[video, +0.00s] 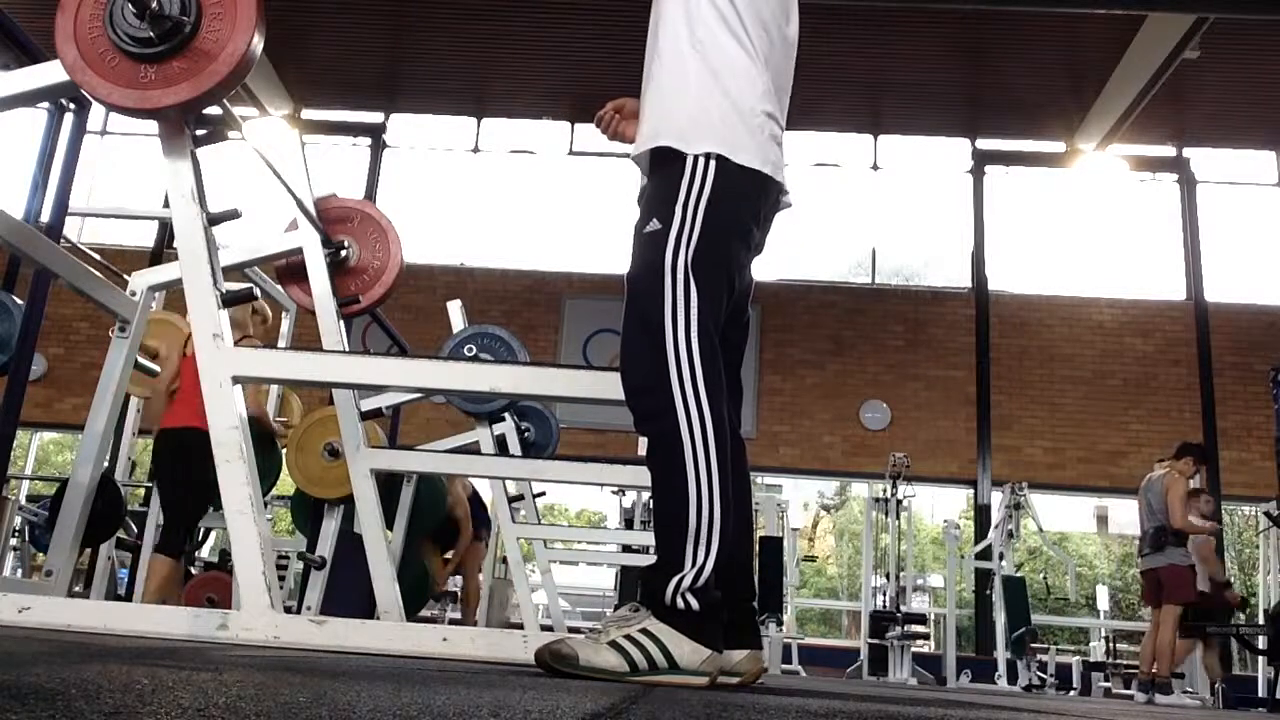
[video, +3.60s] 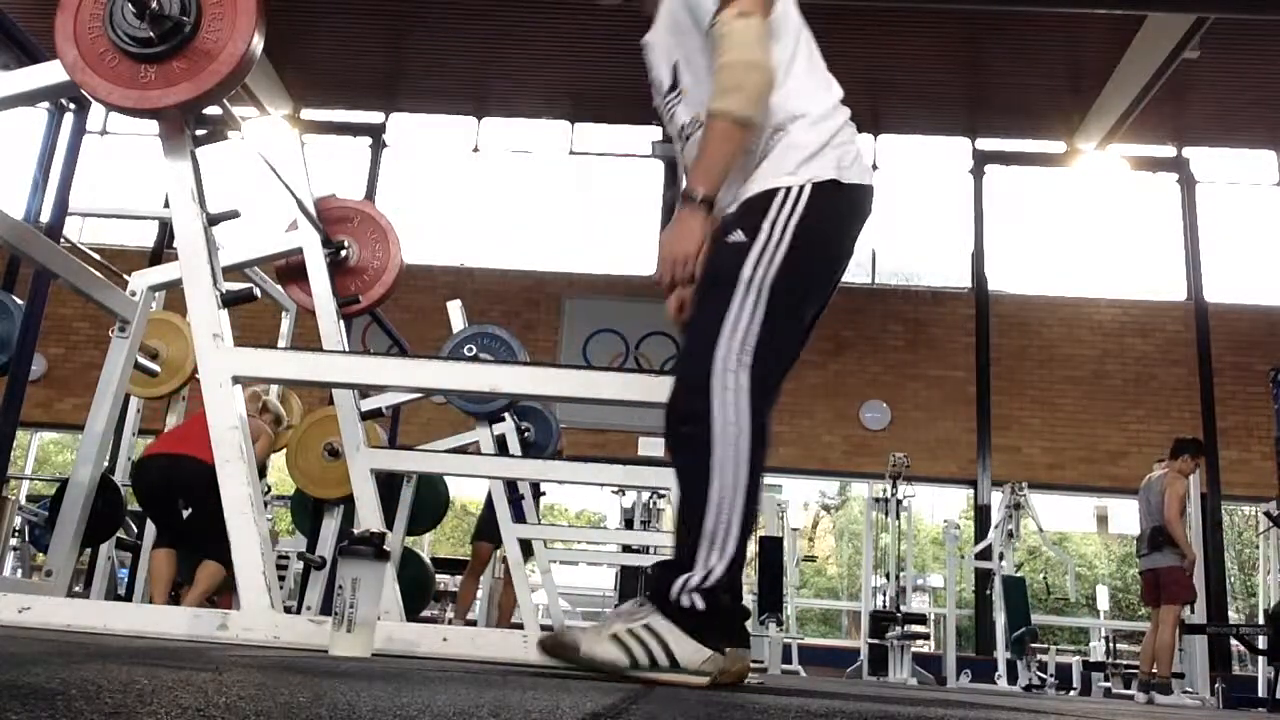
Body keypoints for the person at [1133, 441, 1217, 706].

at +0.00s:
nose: (1193, 475)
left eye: (1196, 472)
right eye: (1195, 470)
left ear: (1178, 459)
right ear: (1188, 462)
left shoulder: (1148, 480)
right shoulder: (1176, 479)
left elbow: (1149, 523)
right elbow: (1178, 522)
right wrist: (1208, 528)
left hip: (1148, 561)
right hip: (1173, 561)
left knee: (1156, 624)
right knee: (1168, 625)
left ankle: (1143, 685)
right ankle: (1163, 688)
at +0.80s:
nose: (1192, 476)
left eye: (1195, 471)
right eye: (1194, 470)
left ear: (1177, 459)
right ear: (1185, 461)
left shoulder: (1145, 480)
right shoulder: (1174, 480)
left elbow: (1146, 525)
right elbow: (1178, 523)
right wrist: (1205, 529)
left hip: (1149, 563)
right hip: (1174, 562)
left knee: (1155, 625)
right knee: (1169, 625)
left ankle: (1143, 685)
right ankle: (1164, 688)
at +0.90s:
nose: (1192, 475)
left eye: (1195, 471)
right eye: (1194, 470)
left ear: (1175, 458)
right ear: (1185, 461)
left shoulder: (1145, 480)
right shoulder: (1174, 480)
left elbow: (1146, 524)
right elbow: (1177, 523)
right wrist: (1206, 530)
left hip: (1149, 563)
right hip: (1173, 562)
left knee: (1155, 625)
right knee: (1169, 625)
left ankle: (1143, 685)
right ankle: (1164, 688)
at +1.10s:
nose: (1191, 475)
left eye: (1193, 470)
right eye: (1192, 469)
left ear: (1174, 459)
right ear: (1182, 461)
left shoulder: (1144, 480)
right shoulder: (1173, 480)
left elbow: (1147, 524)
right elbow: (1177, 522)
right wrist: (1205, 530)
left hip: (1149, 563)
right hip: (1173, 562)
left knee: (1156, 625)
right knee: (1169, 624)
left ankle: (1143, 685)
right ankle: (1164, 688)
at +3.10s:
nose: (1192, 469)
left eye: (1194, 464)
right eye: (1193, 463)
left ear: (1172, 457)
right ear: (1183, 458)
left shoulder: (1146, 480)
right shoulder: (1175, 480)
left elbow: (1147, 523)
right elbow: (1172, 518)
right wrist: (1187, 550)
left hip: (1148, 562)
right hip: (1170, 560)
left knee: (1156, 624)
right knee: (1168, 624)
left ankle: (1143, 685)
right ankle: (1163, 687)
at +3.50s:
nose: (1194, 471)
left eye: (1196, 466)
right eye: (1194, 465)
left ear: (1175, 459)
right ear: (1184, 459)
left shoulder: (1147, 480)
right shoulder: (1176, 480)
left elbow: (1147, 522)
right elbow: (1171, 518)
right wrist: (1187, 550)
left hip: (1148, 562)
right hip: (1170, 560)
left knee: (1155, 623)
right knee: (1168, 624)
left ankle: (1143, 685)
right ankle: (1163, 687)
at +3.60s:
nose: (1194, 471)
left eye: (1196, 467)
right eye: (1195, 465)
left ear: (1176, 459)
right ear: (1184, 459)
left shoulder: (1148, 480)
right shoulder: (1176, 481)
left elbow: (1148, 522)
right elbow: (1171, 519)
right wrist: (1188, 550)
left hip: (1148, 561)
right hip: (1169, 560)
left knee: (1155, 623)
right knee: (1168, 624)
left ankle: (1143, 685)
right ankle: (1163, 687)